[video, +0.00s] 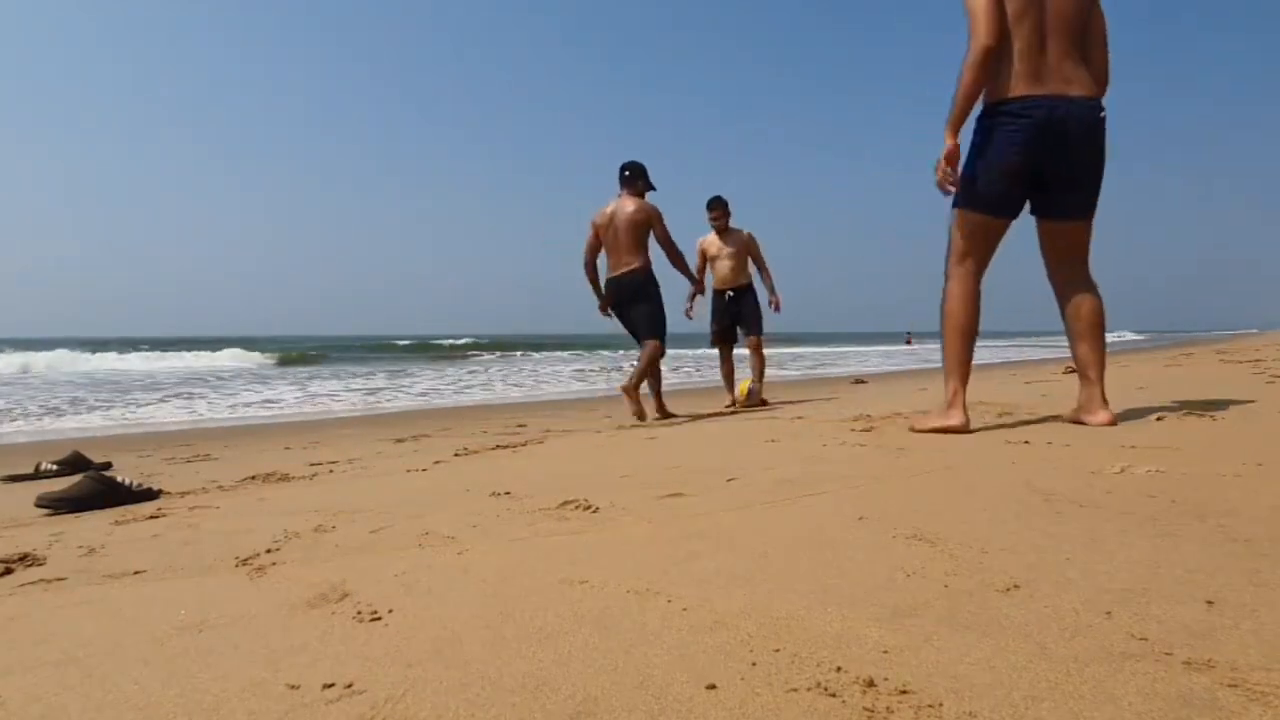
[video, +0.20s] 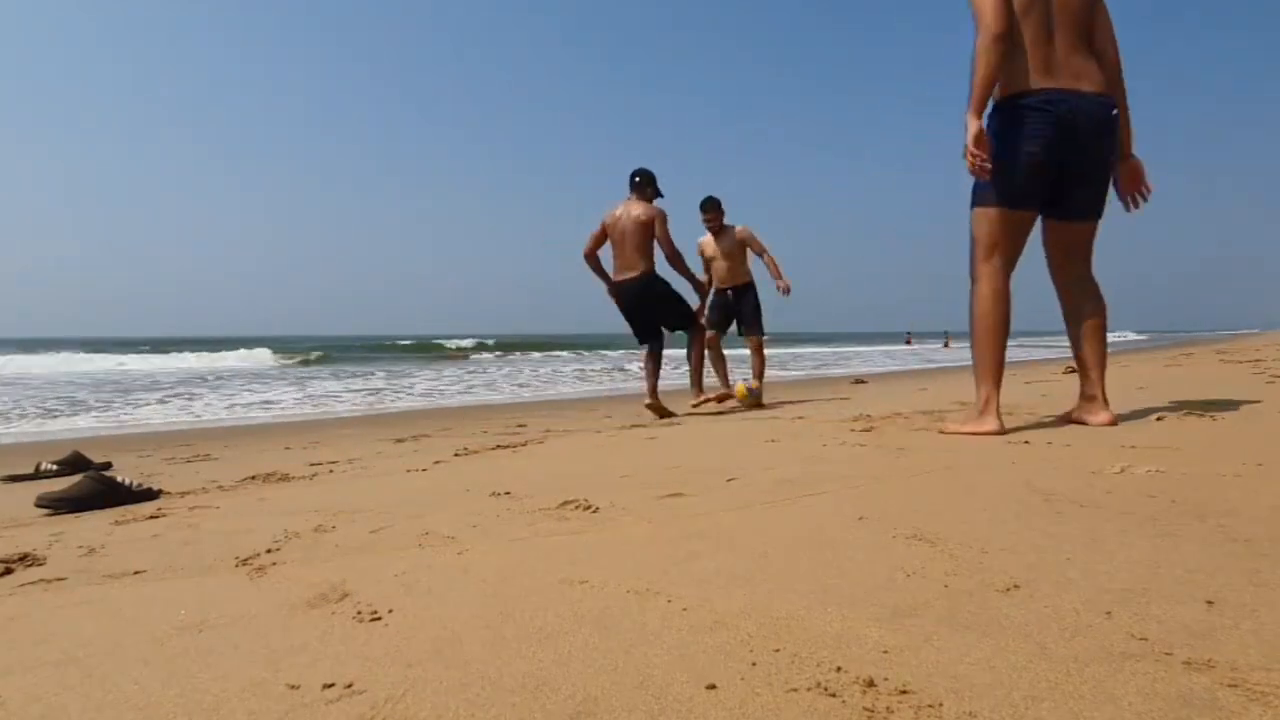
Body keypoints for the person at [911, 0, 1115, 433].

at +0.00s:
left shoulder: (988, 1)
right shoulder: (1084, 4)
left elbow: (985, 45)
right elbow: (1099, 72)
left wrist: (951, 131)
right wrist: (1067, 116)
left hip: (1010, 123)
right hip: (1080, 123)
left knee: (965, 263)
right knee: (1071, 265)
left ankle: (954, 405)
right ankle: (1094, 401)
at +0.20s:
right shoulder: (1088, 3)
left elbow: (994, 32)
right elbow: (1108, 55)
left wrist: (974, 115)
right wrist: (1124, 151)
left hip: (1027, 114)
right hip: (1095, 116)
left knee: (991, 262)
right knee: (1074, 265)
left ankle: (986, 409)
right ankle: (1094, 400)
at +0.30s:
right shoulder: (1087, 4)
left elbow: (996, 32)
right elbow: (1110, 56)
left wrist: (978, 116)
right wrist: (1138, 145)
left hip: (1032, 112)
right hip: (1103, 113)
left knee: (992, 261)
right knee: (1079, 263)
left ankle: (986, 410)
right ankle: (1098, 397)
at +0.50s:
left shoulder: (990, 6)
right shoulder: (1100, 6)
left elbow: (997, 62)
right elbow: (1132, 67)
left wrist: (973, 153)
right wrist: (1155, 158)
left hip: (1055, 134)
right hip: (1127, 133)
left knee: (982, 268)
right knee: (1112, 266)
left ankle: (984, 410)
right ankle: (1175, 384)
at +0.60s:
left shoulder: (1012, 16)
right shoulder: (1122, 10)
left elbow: (1007, 86)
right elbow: (1161, 81)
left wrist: (978, 178)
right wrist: (1180, 165)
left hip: (1069, 148)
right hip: (1144, 147)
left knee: (990, 275)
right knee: (1137, 273)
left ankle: (985, 410)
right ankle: (1221, 386)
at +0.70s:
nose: (1039, 4)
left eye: (1041, 5)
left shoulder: (1047, 20)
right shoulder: (1155, 10)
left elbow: (1033, 98)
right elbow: (1198, 84)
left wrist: (1000, 184)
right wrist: (1208, 167)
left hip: (1086, 149)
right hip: (1163, 149)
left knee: (1020, 281)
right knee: (1163, 279)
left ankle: (986, 411)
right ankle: (1230, 395)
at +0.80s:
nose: (1076, 9)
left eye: (1076, 7)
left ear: (1088, 2)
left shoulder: (1078, 26)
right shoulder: (1188, 14)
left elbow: (1064, 100)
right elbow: (1232, 91)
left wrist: (1031, 184)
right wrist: (1233, 176)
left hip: (1107, 153)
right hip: (1184, 153)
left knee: (1049, 281)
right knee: (1181, 281)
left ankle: (1003, 391)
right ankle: (1232, 393)